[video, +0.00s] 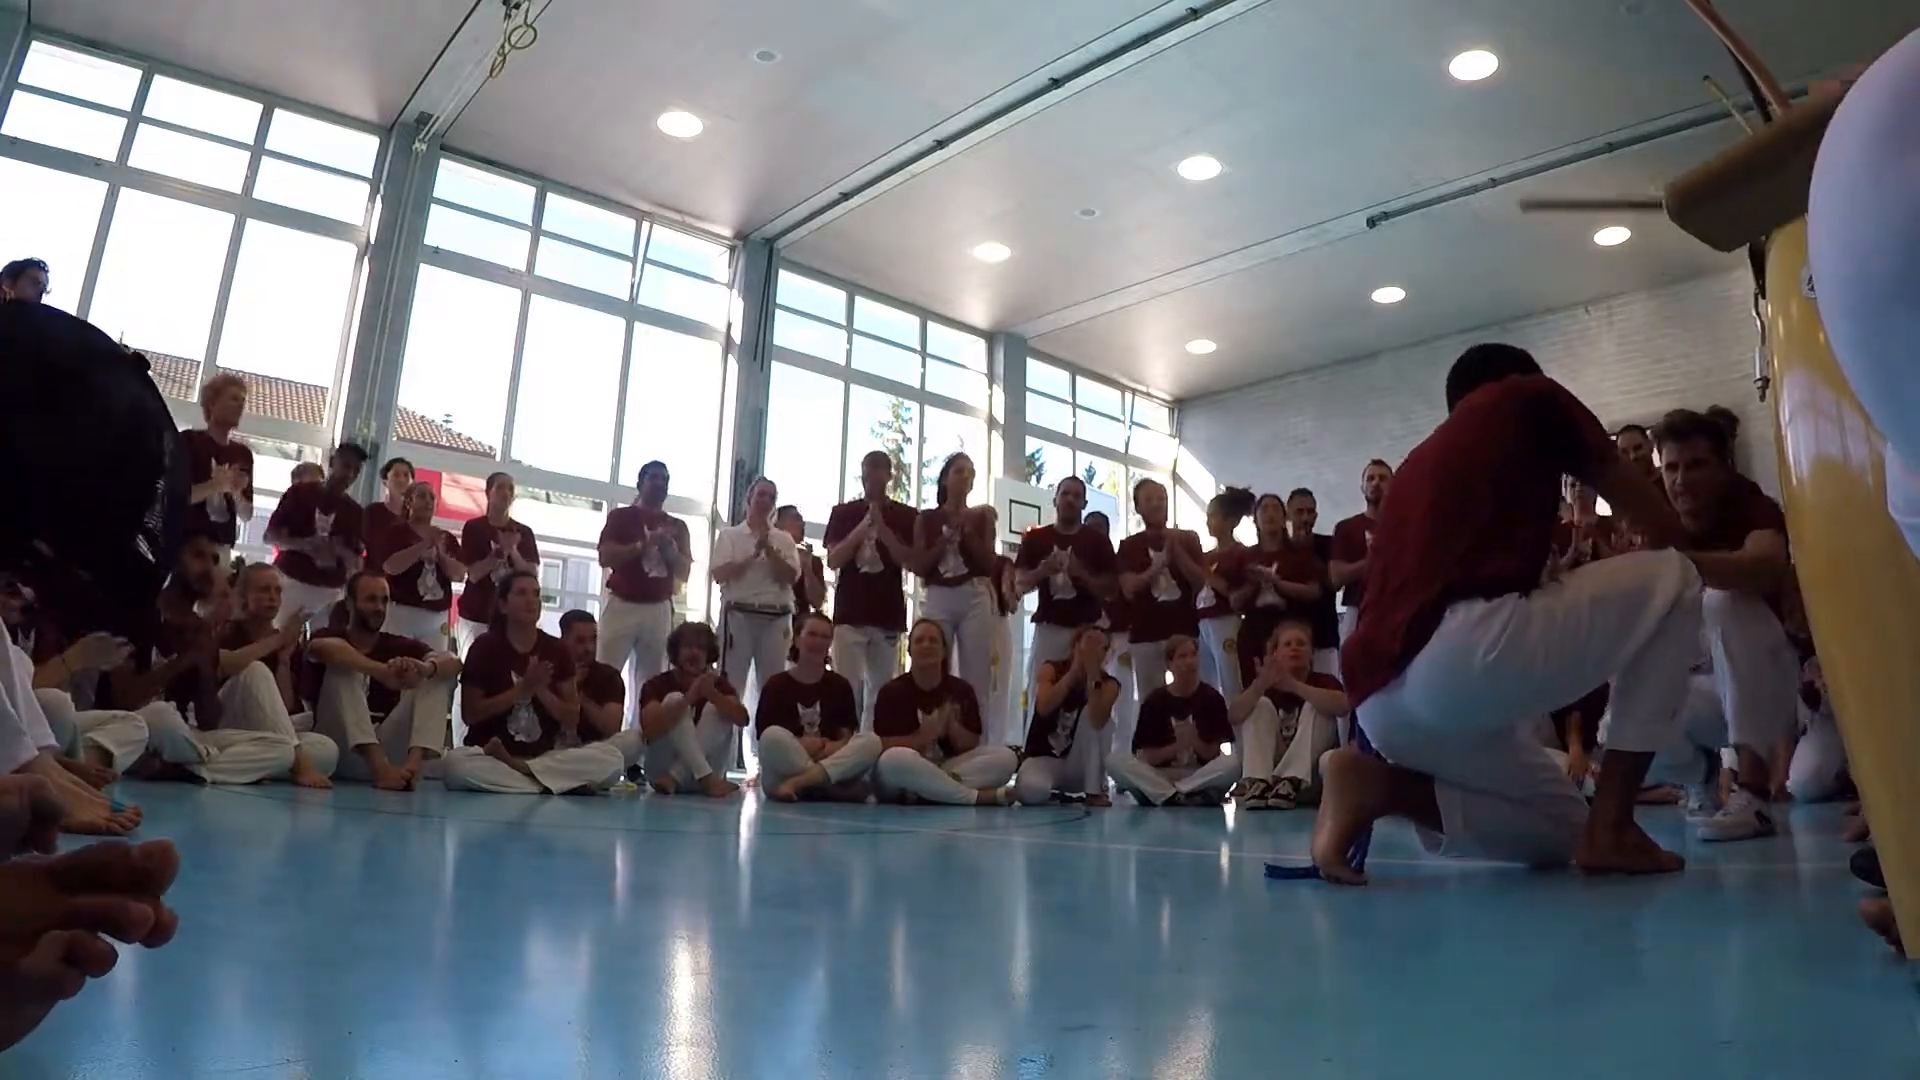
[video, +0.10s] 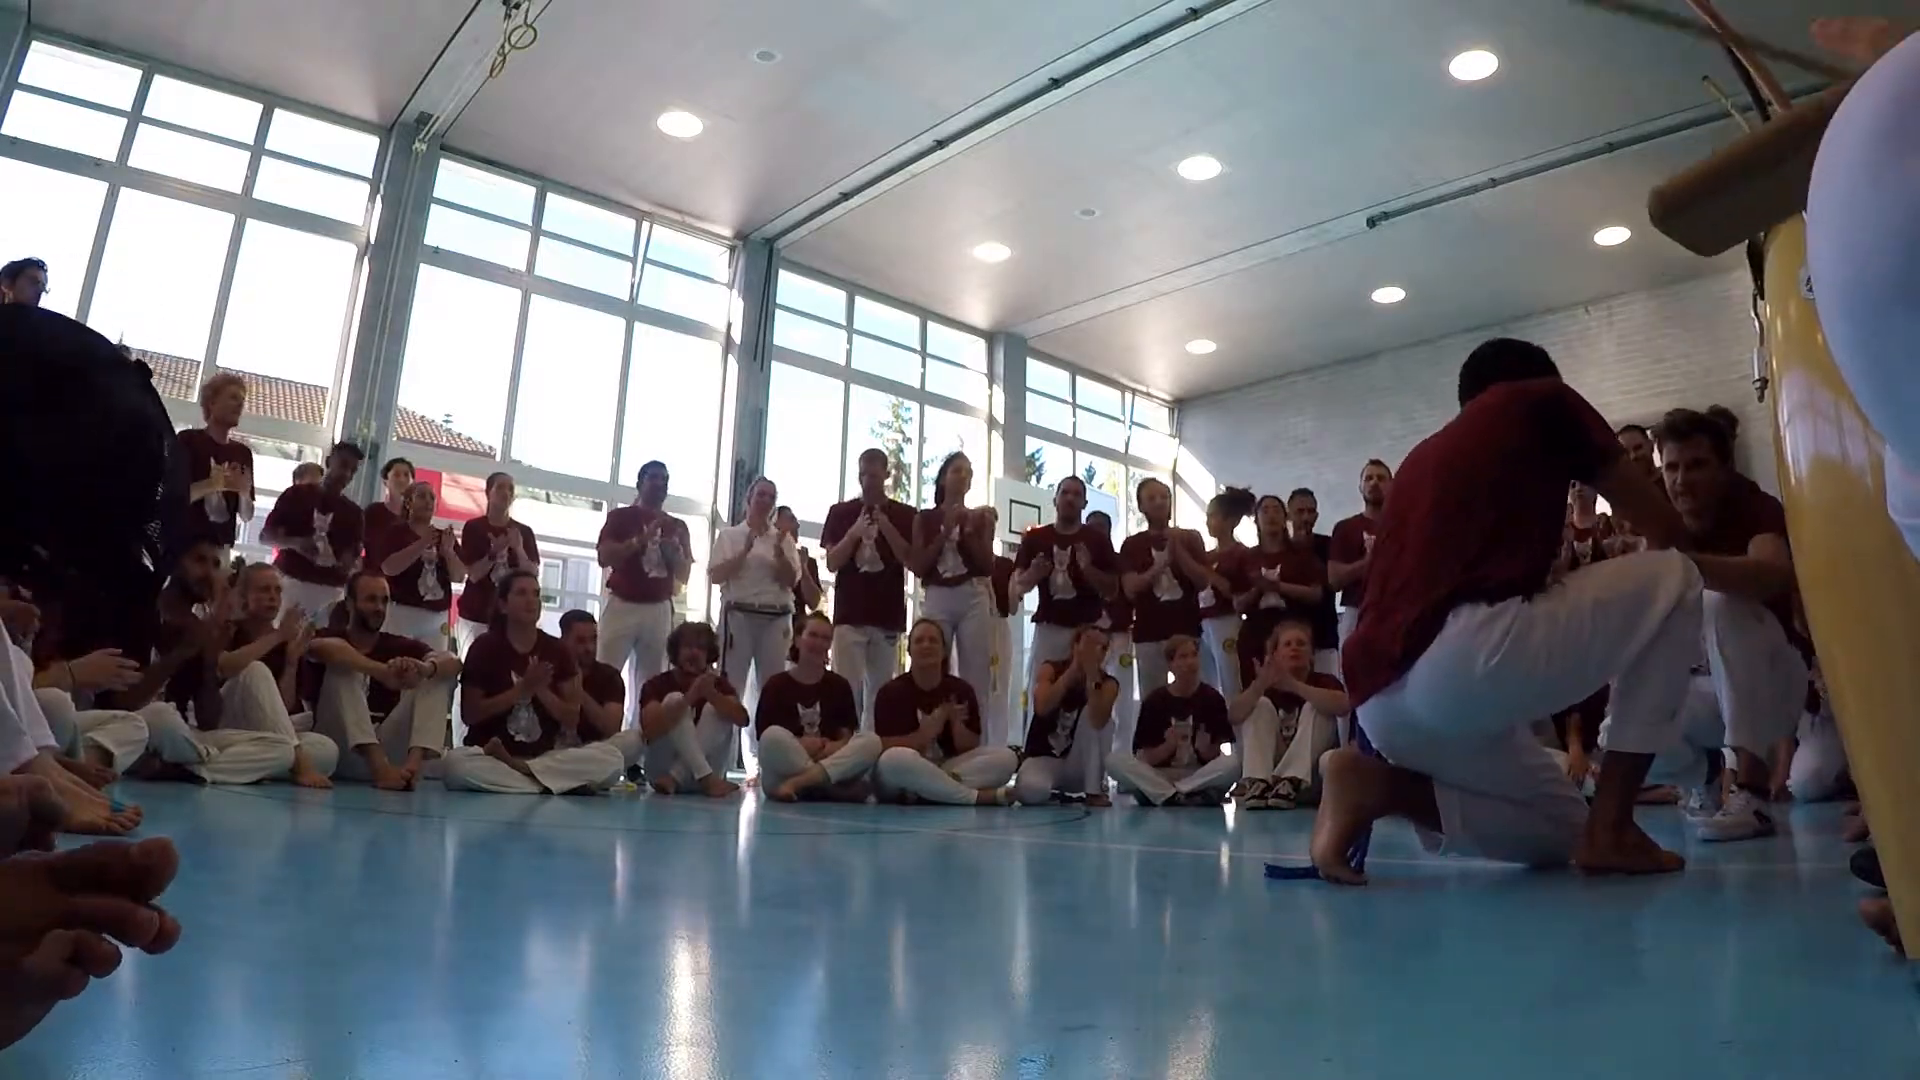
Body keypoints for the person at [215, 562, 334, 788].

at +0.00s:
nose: (273, 597)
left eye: (277, 591)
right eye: (264, 590)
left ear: (282, 596)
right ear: (244, 596)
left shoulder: (287, 643)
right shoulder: (225, 632)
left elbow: (288, 708)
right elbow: (223, 667)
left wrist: (284, 660)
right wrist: (280, 638)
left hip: (270, 729)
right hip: (225, 724)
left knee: (327, 751)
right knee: (255, 673)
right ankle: (299, 762)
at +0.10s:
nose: (273, 597)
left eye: (277, 590)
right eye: (264, 590)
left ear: (282, 595)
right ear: (245, 596)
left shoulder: (283, 641)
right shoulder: (227, 631)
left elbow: (286, 706)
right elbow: (224, 667)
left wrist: (292, 660)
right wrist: (279, 636)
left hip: (270, 731)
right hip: (226, 724)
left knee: (327, 751)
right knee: (255, 672)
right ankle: (299, 762)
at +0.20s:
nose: (274, 597)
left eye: (278, 590)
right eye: (264, 590)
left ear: (283, 596)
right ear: (244, 596)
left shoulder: (285, 641)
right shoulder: (226, 633)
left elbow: (286, 707)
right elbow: (226, 666)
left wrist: (291, 662)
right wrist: (278, 637)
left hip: (271, 733)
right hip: (227, 727)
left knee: (327, 751)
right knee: (255, 671)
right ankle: (300, 762)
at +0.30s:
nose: (208, 571)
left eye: (214, 563)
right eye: (197, 559)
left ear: (220, 571)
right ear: (173, 560)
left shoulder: (204, 620)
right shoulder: (144, 609)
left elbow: (207, 714)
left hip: (184, 734)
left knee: (283, 750)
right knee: (162, 714)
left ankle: (185, 771)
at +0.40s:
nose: (206, 570)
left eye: (213, 562)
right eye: (196, 558)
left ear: (218, 571)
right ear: (173, 560)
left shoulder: (205, 623)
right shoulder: (142, 610)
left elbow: (208, 720)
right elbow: (136, 696)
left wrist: (204, 656)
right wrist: (189, 639)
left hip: (180, 736)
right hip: (131, 733)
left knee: (282, 751)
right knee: (162, 715)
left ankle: (182, 770)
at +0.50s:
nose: (208, 570)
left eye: (214, 561)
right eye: (198, 558)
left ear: (220, 569)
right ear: (173, 559)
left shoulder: (205, 623)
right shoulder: (142, 609)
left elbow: (208, 719)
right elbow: (134, 696)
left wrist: (203, 653)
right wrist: (186, 640)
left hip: (184, 734)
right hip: (132, 733)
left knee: (284, 751)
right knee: (162, 714)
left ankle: (178, 770)